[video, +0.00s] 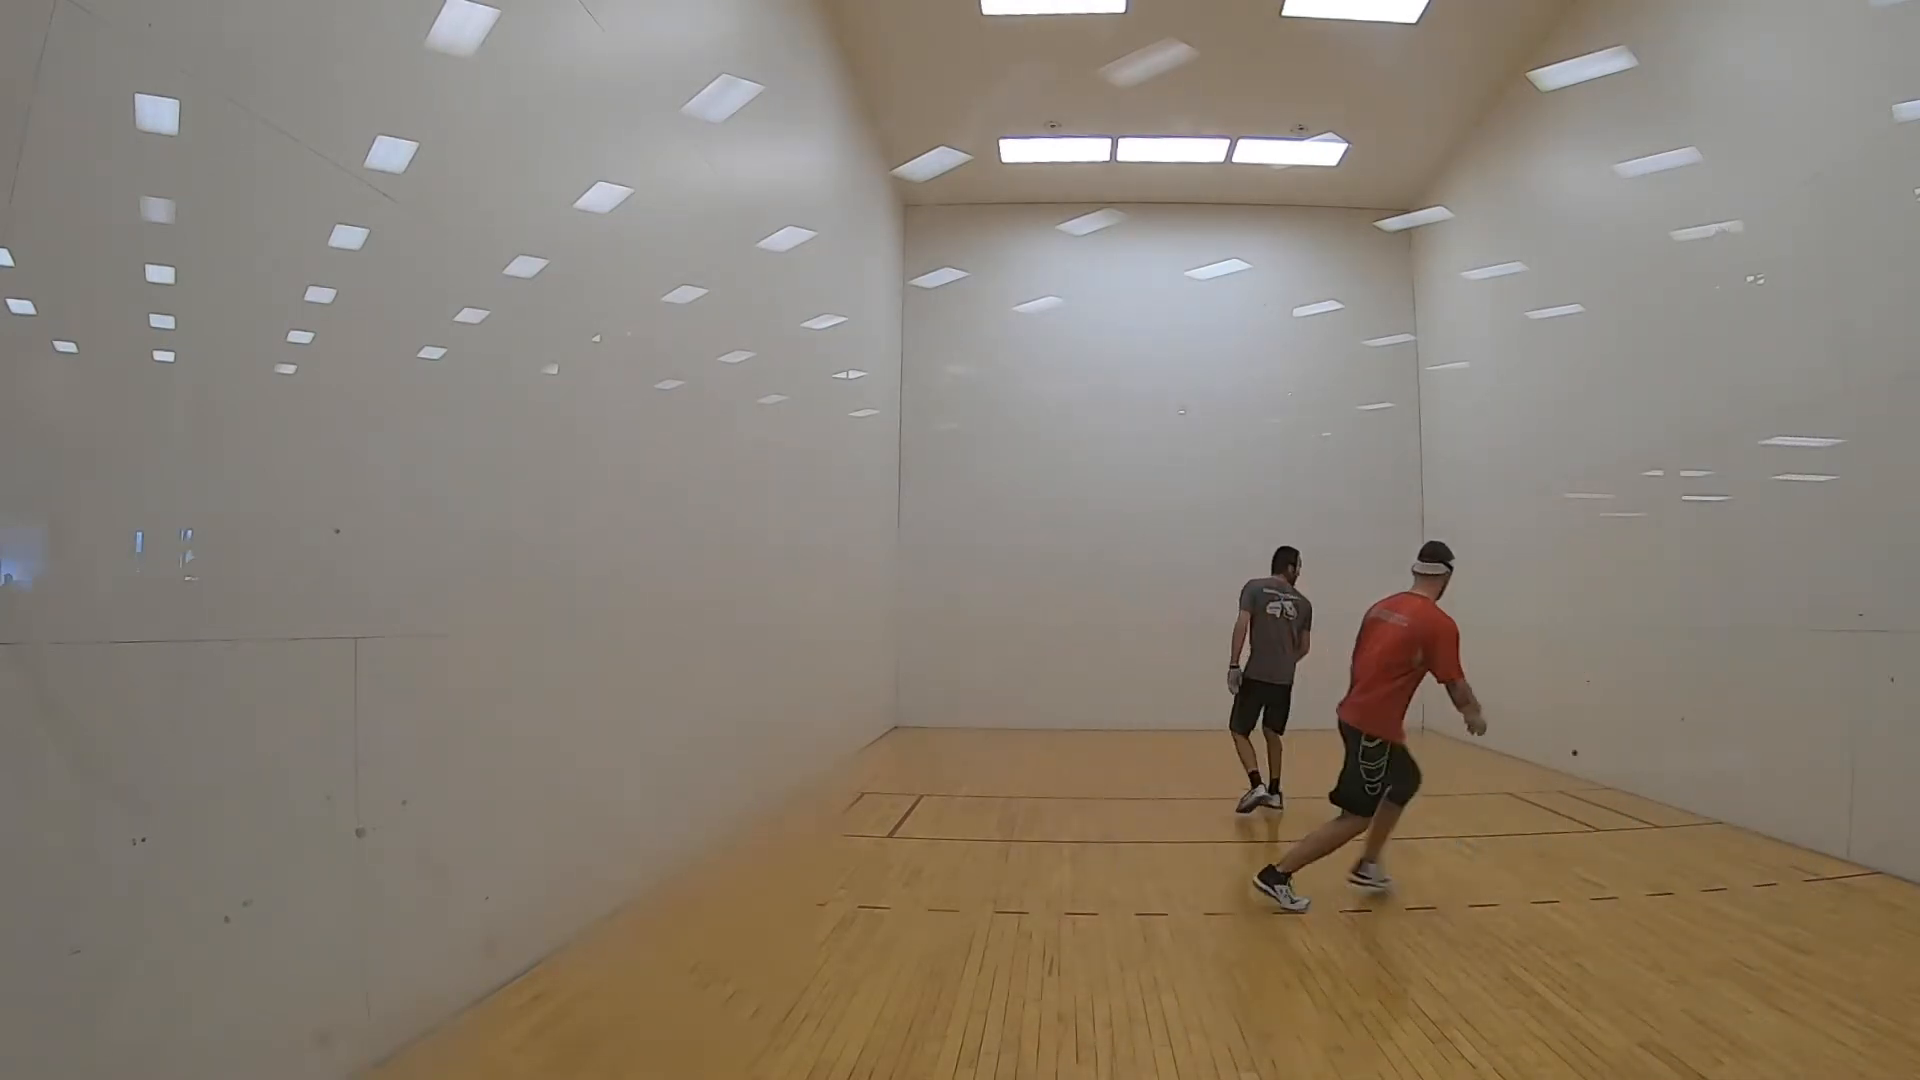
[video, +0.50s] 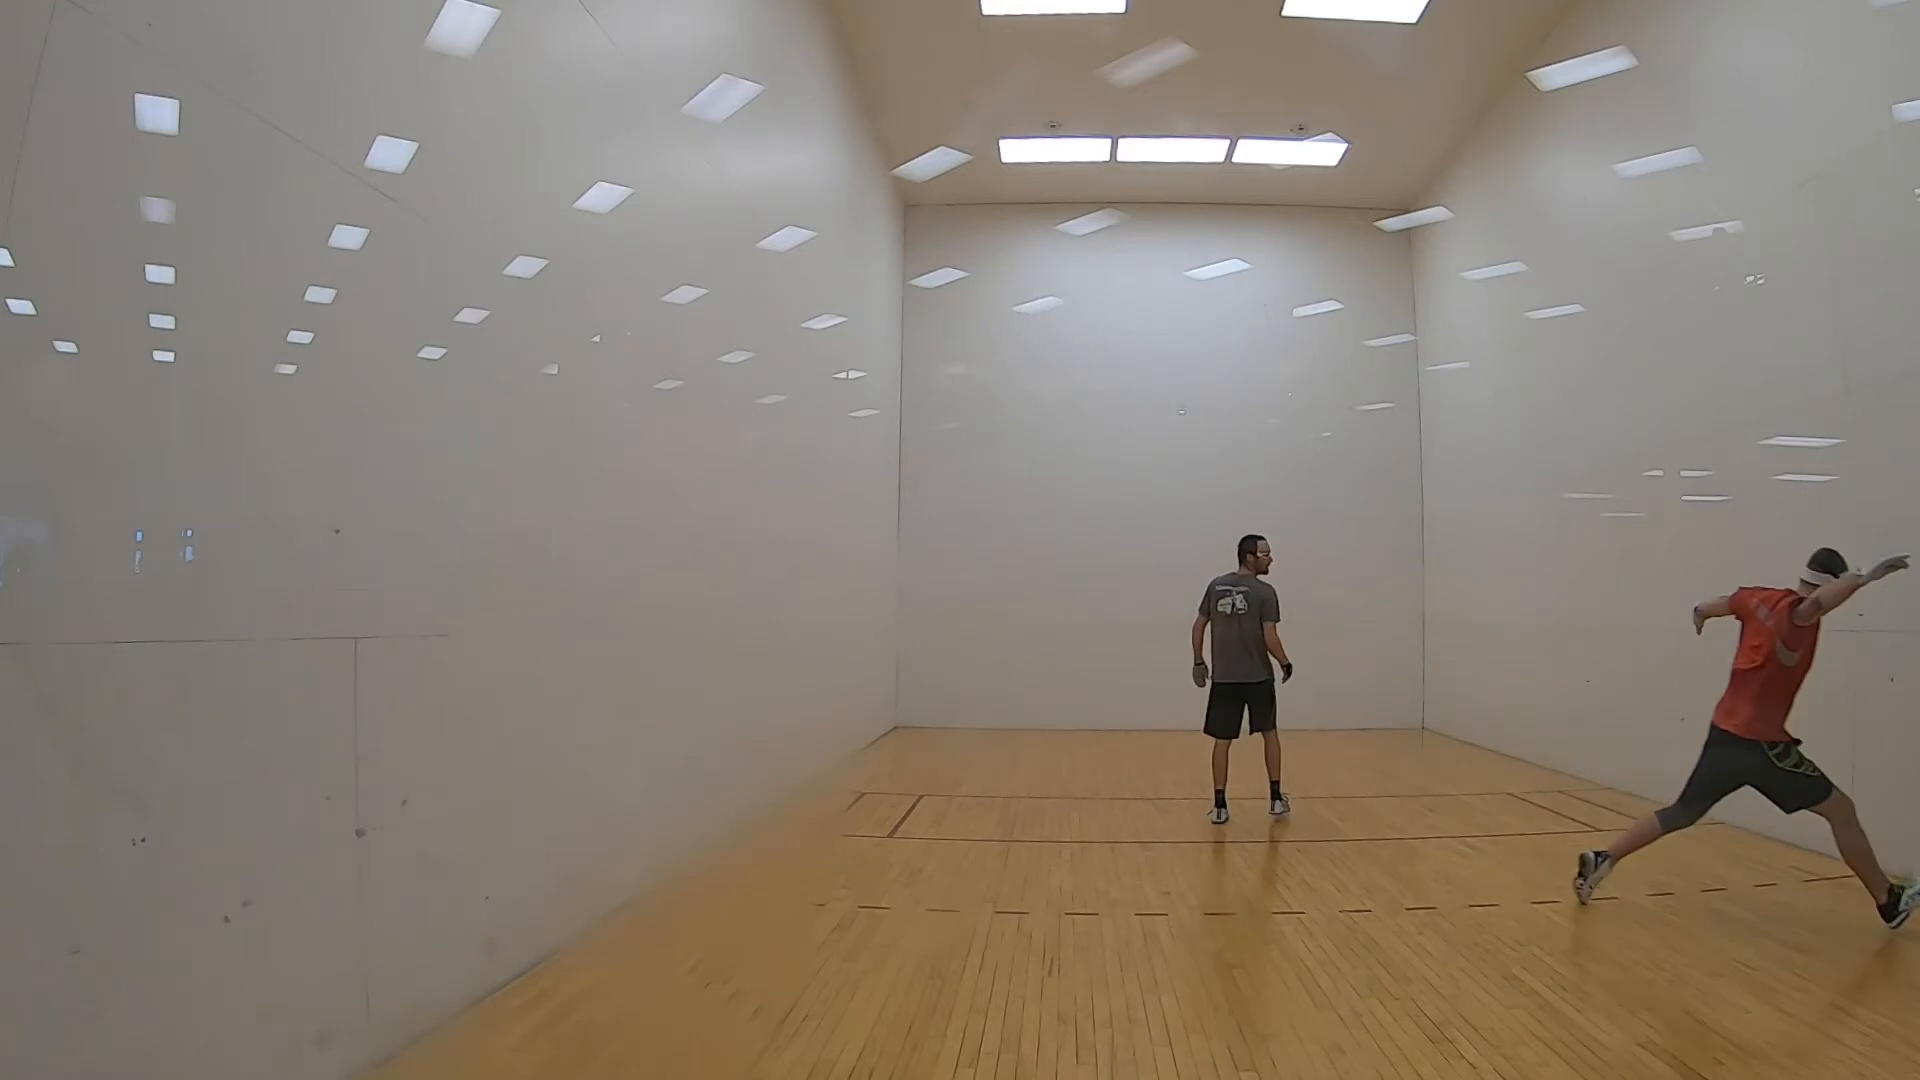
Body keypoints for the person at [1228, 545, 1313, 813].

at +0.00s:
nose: (1300, 572)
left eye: (1300, 567)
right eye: (1299, 567)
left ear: (1274, 566)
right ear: (1291, 568)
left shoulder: (1254, 587)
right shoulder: (1303, 603)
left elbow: (1242, 626)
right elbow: (1303, 647)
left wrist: (1234, 664)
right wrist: (1282, 662)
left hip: (1256, 675)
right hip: (1283, 679)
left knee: (1239, 730)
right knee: (1273, 730)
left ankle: (1257, 785)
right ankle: (1275, 792)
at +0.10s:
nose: (1293, 572)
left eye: (1293, 567)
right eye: (1291, 567)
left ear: (1268, 567)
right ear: (1281, 568)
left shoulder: (1246, 590)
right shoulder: (1296, 603)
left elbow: (1228, 628)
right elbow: (1300, 647)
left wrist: (1218, 664)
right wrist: (1281, 661)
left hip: (1247, 678)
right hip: (1276, 681)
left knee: (1235, 738)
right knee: (1272, 735)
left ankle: (1225, 798)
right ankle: (1274, 793)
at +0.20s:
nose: (1286, 572)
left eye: (1286, 567)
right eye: (1283, 567)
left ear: (1261, 569)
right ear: (1270, 569)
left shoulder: (1235, 593)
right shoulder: (1287, 602)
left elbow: (1218, 632)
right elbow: (1294, 648)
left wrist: (1205, 667)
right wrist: (1282, 670)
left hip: (1238, 681)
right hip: (1270, 684)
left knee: (1229, 743)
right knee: (1270, 733)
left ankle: (1222, 806)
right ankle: (1275, 793)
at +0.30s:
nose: (1279, 569)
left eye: (1278, 563)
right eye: (1275, 564)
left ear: (1253, 566)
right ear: (1262, 566)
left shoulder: (1226, 592)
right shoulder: (1278, 599)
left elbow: (1209, 631)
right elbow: (1284, 642)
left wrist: (1197, 666)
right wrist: (1287, 666)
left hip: (1229, 681)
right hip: (1263, 682)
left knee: (1224, 742)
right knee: (1270, 737)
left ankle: (1220, 806)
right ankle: (1277, 791)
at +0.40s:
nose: (1274, 563)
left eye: (1273, 558)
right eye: (1270, 558)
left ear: (1249, 561)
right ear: (1255, 560)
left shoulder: (1221, 588)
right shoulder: (1270, 593)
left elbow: (1202, 627)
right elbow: (1275, 634)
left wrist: (1196, 663)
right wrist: (1286, 663)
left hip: (1227, 679)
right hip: (1260, 679)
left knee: (1223, 741)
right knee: (1269, 735)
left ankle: (1220, 807)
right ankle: (1277, 795)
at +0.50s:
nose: (1270, 559)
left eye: (1270, 553)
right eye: (1266, 554)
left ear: (1245, 558)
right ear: (1250, 557)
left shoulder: (1217, 585)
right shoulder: (1265, 591)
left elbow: (1199, 625)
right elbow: (1269, 634)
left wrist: (1198, 659)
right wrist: (1285, 662)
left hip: (1224, 678)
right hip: (1258, 677)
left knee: (1222, 741)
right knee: (1270, 734)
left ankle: (1219, 807)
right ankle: (1276, 799)